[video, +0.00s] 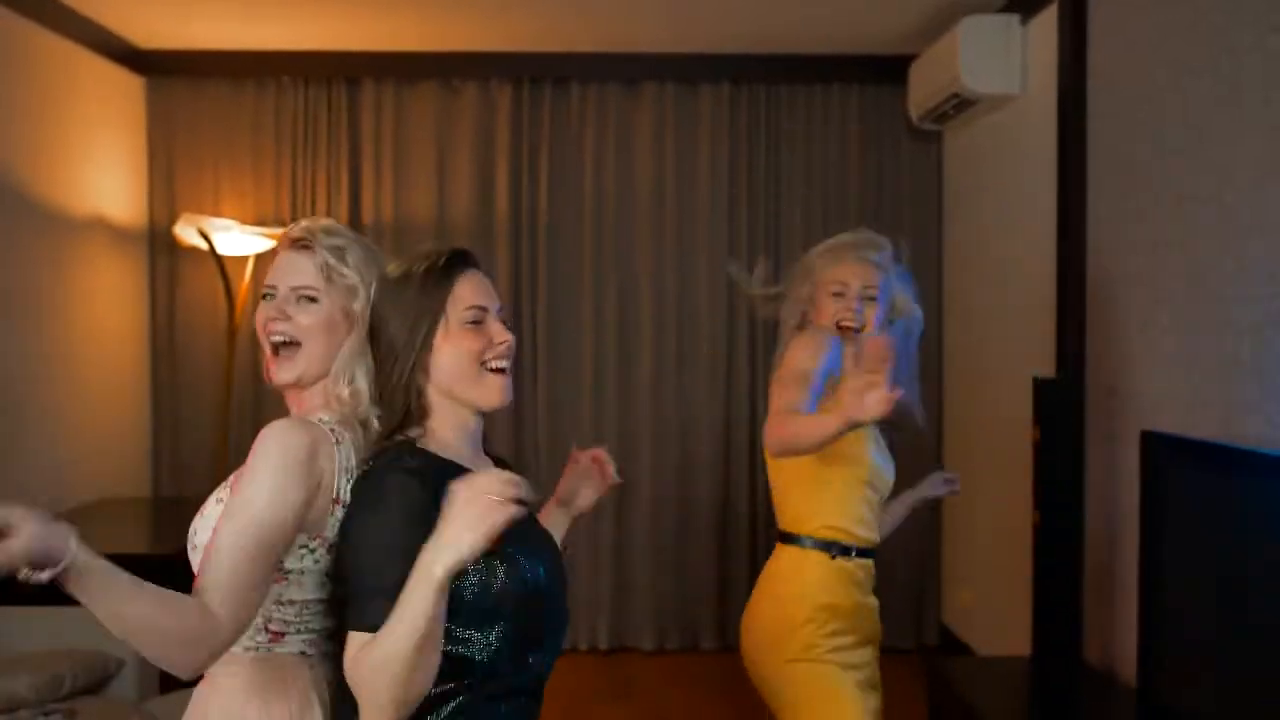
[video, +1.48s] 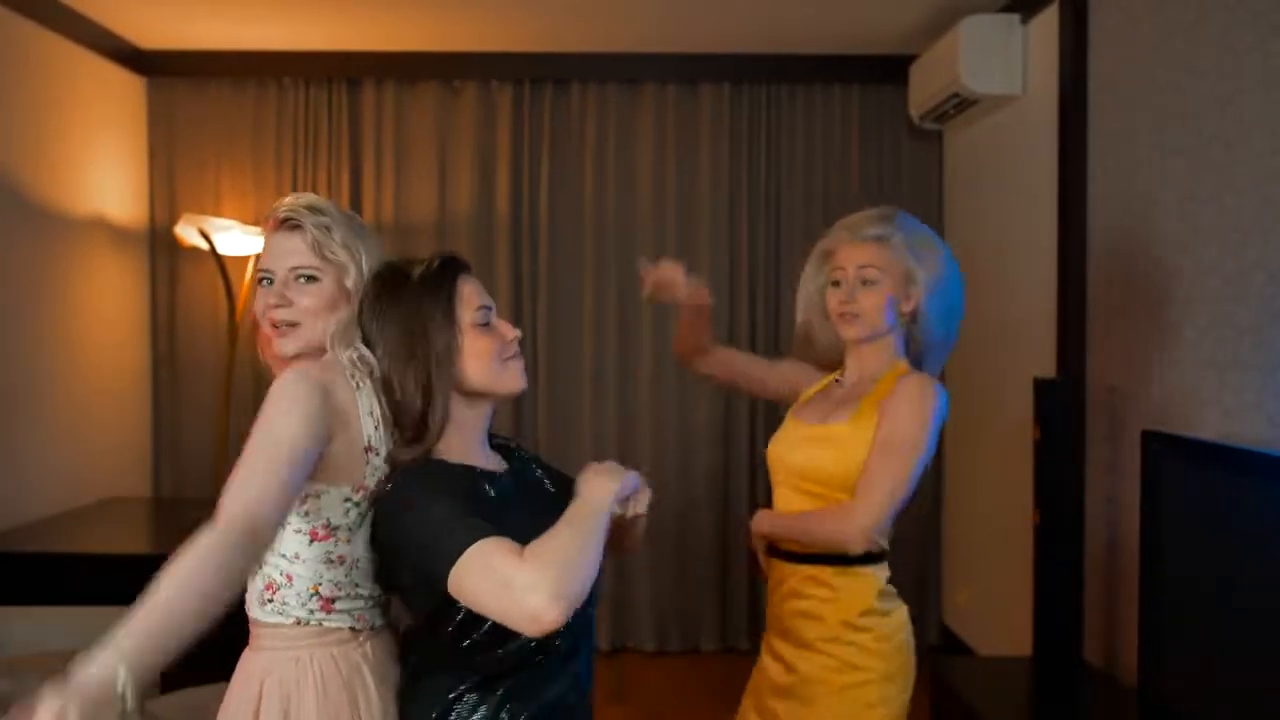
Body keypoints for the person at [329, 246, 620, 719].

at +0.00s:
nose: (505, 336)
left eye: (501, 319)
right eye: (475, 320)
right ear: (416, 346)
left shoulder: (496, 476)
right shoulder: (396, 486)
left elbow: (503, 603)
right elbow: (379, 701)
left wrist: (564, 510)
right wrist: (439, 556)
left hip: (507, 706)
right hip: (443, 710)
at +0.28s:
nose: (500, 302)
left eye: (489, 285)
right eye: (473, 287)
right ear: (414, 309)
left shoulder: (479, 437)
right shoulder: (393, 440)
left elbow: (521, 545)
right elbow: (511, 555)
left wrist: (583, 449)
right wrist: (584, 417)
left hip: (503, 702)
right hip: (427, 705)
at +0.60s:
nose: (498, 316)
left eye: (486, 297)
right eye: (471, 300)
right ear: (413, 327)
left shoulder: (501, 443)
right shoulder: (416, 462)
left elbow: (598, 535)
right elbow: (563, 574)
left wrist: (607, 470)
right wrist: (580, 448)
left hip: (533, 701)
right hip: (461, 704)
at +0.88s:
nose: (508, 332)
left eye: (495, 317)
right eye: (480, 321)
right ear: (424, 349)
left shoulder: (507, 461)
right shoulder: (429, 481)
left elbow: (601, 519)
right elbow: (563, 599)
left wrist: (670, 490)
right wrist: (676, 520)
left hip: (543, 704)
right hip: (470, 707)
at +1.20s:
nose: (508, 302)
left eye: (494, 286)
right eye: (479, 291)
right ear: (424, 322)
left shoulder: (518, 420)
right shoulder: (421, 463)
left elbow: (614, 474)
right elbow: (540, 563)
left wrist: (650, 456)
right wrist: (630, 449)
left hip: (552, 695)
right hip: (472, 703)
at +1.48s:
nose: (513, 331)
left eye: (498, 316)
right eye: (484, 320)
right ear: (429, 350)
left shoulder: (515, 464)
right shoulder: (412, 499)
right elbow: (536, 601)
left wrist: (626, 520)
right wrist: (595, 497)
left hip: (560, 702)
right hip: (471, 707)